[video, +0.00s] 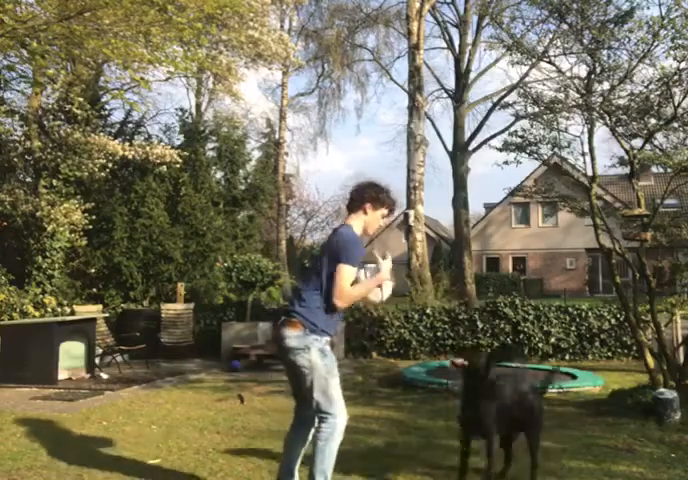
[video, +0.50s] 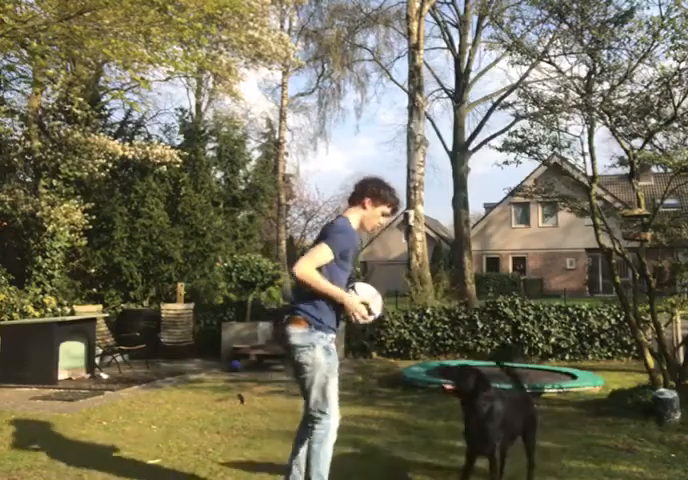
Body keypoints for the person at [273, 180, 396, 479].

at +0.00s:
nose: (382, 224)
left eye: (385, 218)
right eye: (383, 216)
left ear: (363, 209)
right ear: (367, 208)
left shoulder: (338, 237)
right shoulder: (349, 241)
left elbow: (337, 291)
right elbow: (340, 298)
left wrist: (369, 290)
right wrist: (378, 278)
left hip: (292, 331)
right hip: (307, 336)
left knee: (306, 412)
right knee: (334, 416)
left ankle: (286, 474)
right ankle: (321, 475)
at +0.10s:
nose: (382, 224)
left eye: (385, 218)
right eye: (383, 216)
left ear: (364, 208)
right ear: (367, 207)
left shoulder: (340, 235)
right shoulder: (347, 239)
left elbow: (331, 289)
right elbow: (329, 294)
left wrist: (366, 290)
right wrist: (371, 282)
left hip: (295, 332)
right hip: (309, 335)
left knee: (305, 412)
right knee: (332, 416)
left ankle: (286, 474)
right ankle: (320, 475)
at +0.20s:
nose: (382, 225)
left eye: (386, 219)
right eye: (383, 217)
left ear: (365, 208)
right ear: (367, 207)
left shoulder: (339, 234)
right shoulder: (346, 238)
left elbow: (324, 290)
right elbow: (324, 292)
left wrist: (355, 302)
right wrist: (372, 289)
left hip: (295, 331)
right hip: (308, 335)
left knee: (304, 412)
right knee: (330, 416)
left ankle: (286, 474)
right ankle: (319, 475)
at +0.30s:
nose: (382, 224)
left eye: (386, 219)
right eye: (384, 216)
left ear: (366, 206)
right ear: (368, 205)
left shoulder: (342, 233)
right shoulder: (345, 236)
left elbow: (324, 289)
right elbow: (316, 285)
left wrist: (360, 297)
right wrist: (360, 297)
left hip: (299, 331)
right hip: (310, 334)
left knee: (304, 413)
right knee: (328, 416)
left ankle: (287, 473)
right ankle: (319, 475)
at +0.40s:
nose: (383, 224)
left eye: (387, 218)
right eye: (384, 215)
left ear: (366, 205)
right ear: (368, 204)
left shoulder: (341, 231)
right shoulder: (345, 235)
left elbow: (318, 278)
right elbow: (306, 274)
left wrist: (353, 299)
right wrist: (351, 299)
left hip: (306, 332)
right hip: (312, 334)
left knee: (311, 415)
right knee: (326, 418)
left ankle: (293, 474)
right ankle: (317, 475)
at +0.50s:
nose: (381, 224)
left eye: (386, 218)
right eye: (383, 215)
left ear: (365, 204)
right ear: (367, 202)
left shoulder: (343, 231)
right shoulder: (343, 231)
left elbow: (317, 277)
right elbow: (302, 268)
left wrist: (351, 300)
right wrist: (345, 299)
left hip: (311, 332)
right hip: (311, 334)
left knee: (316, 415)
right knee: (326, 417)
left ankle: (297, 474)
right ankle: (315, 475)